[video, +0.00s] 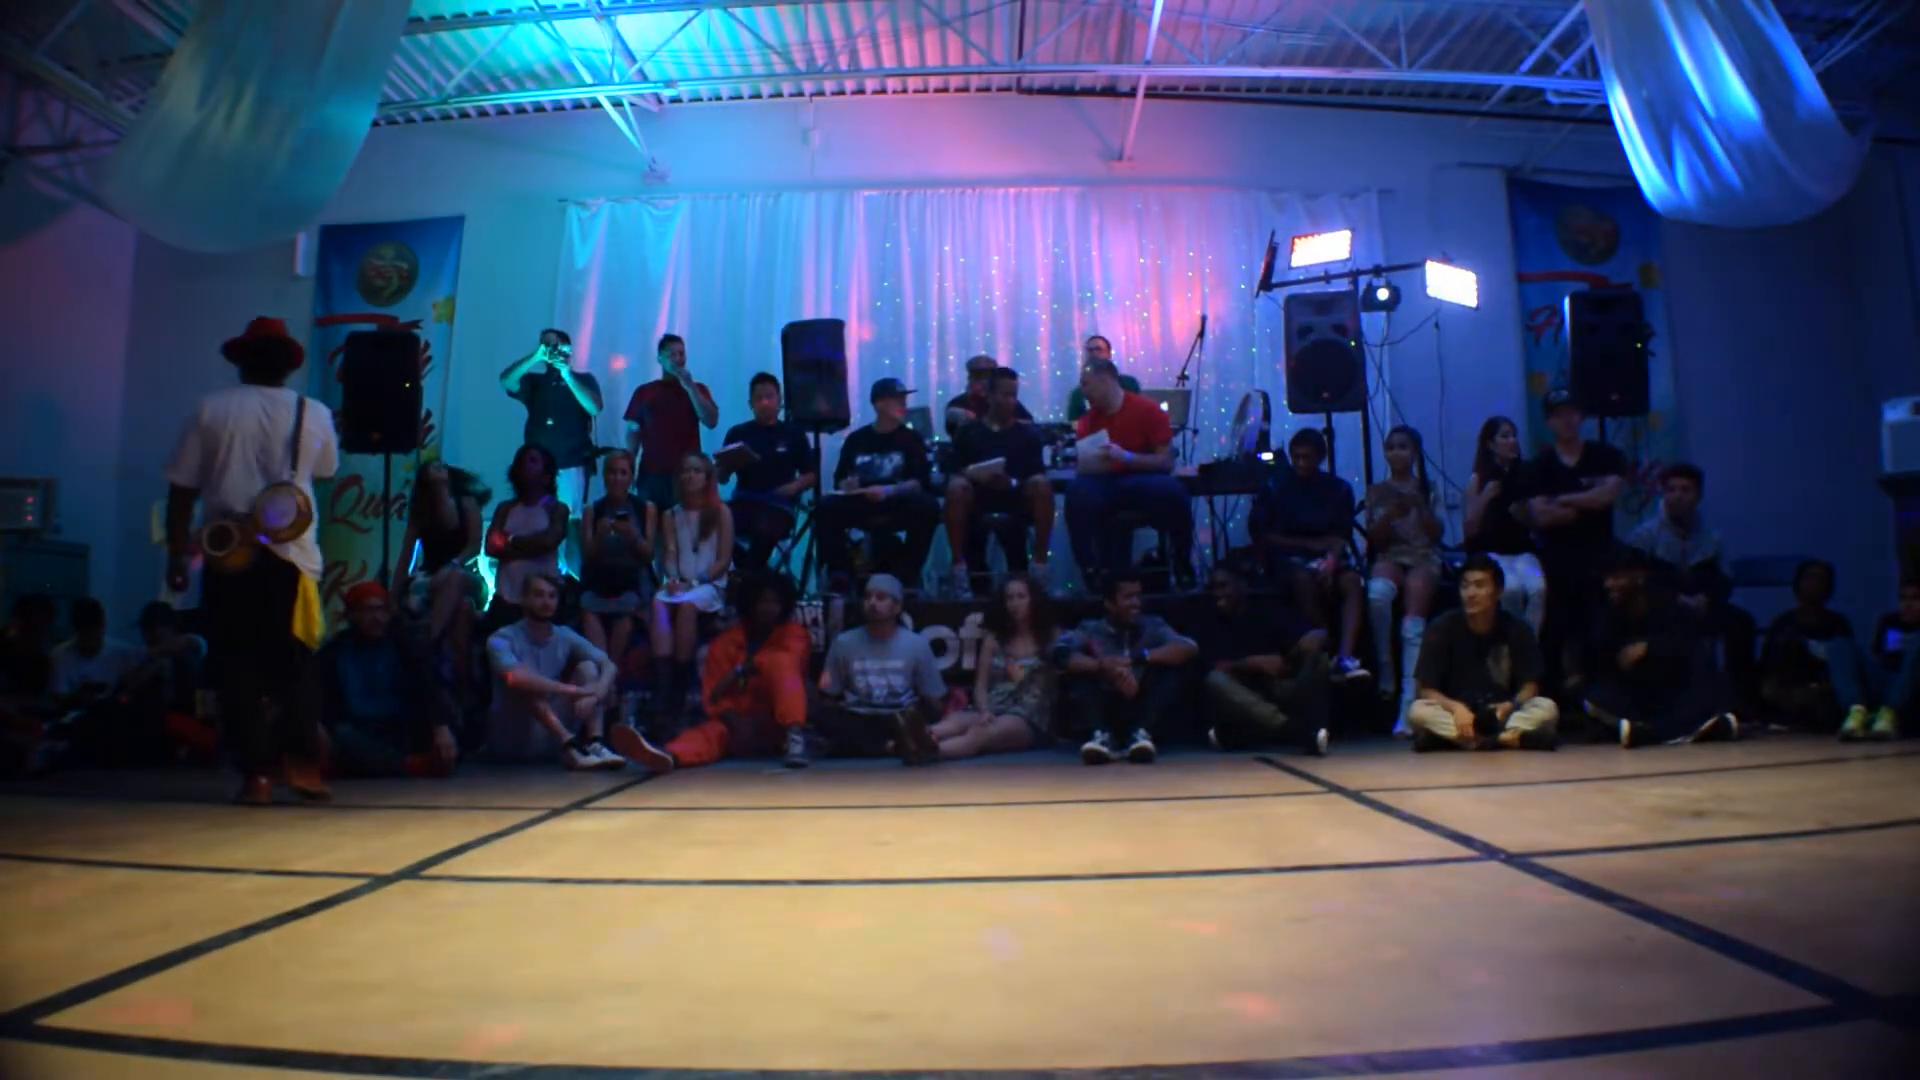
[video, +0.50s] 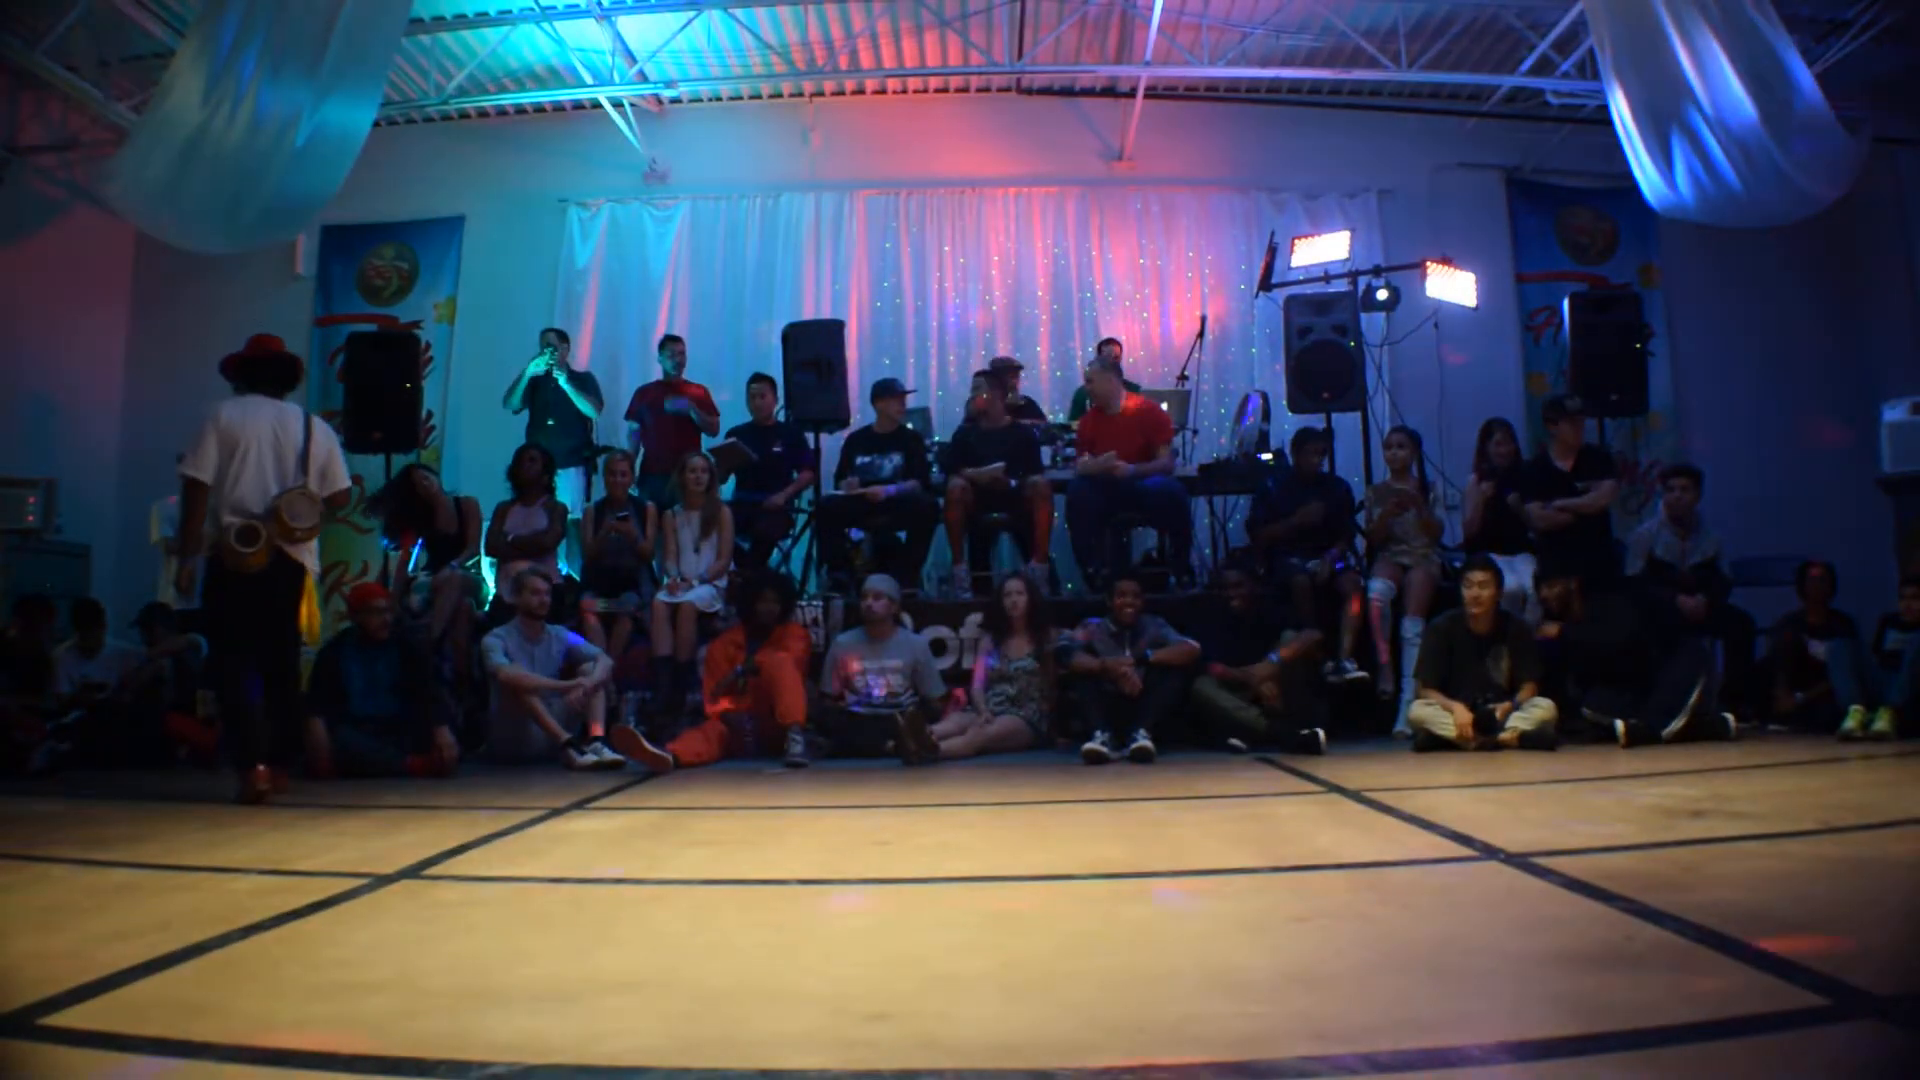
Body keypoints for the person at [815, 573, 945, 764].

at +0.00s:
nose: (872, 604)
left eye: (880, 598)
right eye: (868, 597)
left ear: (897, 606)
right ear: (862, 602)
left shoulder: (916, 645)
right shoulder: (844, 643)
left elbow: (935, 701)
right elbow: (829, 696)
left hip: (902, 716)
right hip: (856, 716)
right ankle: (886, 746)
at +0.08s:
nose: (872, 604)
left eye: (880, 598)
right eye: (868, 597)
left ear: (897, 606)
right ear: (862, 602)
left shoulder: (917, 645)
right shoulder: (844, 644)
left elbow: (934, 702)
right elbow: (827, 699)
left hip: (904, 719)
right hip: (857, 719)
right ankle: (888, 745)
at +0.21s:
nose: (872, 604)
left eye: (880, 598)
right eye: (868, 597)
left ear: (896, 606)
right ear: (862, 602)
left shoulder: (916, 645)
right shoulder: (844, 643)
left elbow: (936, 700)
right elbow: (827, 697)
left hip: (905, 720)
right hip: (857, 720)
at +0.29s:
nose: (871, 604)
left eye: (880, 598)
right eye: (867, 597)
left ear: (896, 606)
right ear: (862, 602)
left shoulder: (916, 645)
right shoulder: (843, 644)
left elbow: (933, 699)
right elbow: (829, 699)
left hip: (904, 717)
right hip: (858, 718)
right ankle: (887, 746)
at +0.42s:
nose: (869, 604)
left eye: (878, 598)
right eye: (865, 598)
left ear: (894, 606)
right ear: (860, 602)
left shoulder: (916, 645)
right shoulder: (843, 645)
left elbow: (933, 703)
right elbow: (828, 700)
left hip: (905, 719)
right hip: (858, 721)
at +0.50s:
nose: (869, 604)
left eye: (877, 598)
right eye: (865, 598)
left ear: (894, 606)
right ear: (860, 602)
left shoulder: (915, 645)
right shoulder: (842, 645)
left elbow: (935, 703)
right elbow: (829, 700)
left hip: (902, 719)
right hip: (856, 720)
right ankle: (888, 745)